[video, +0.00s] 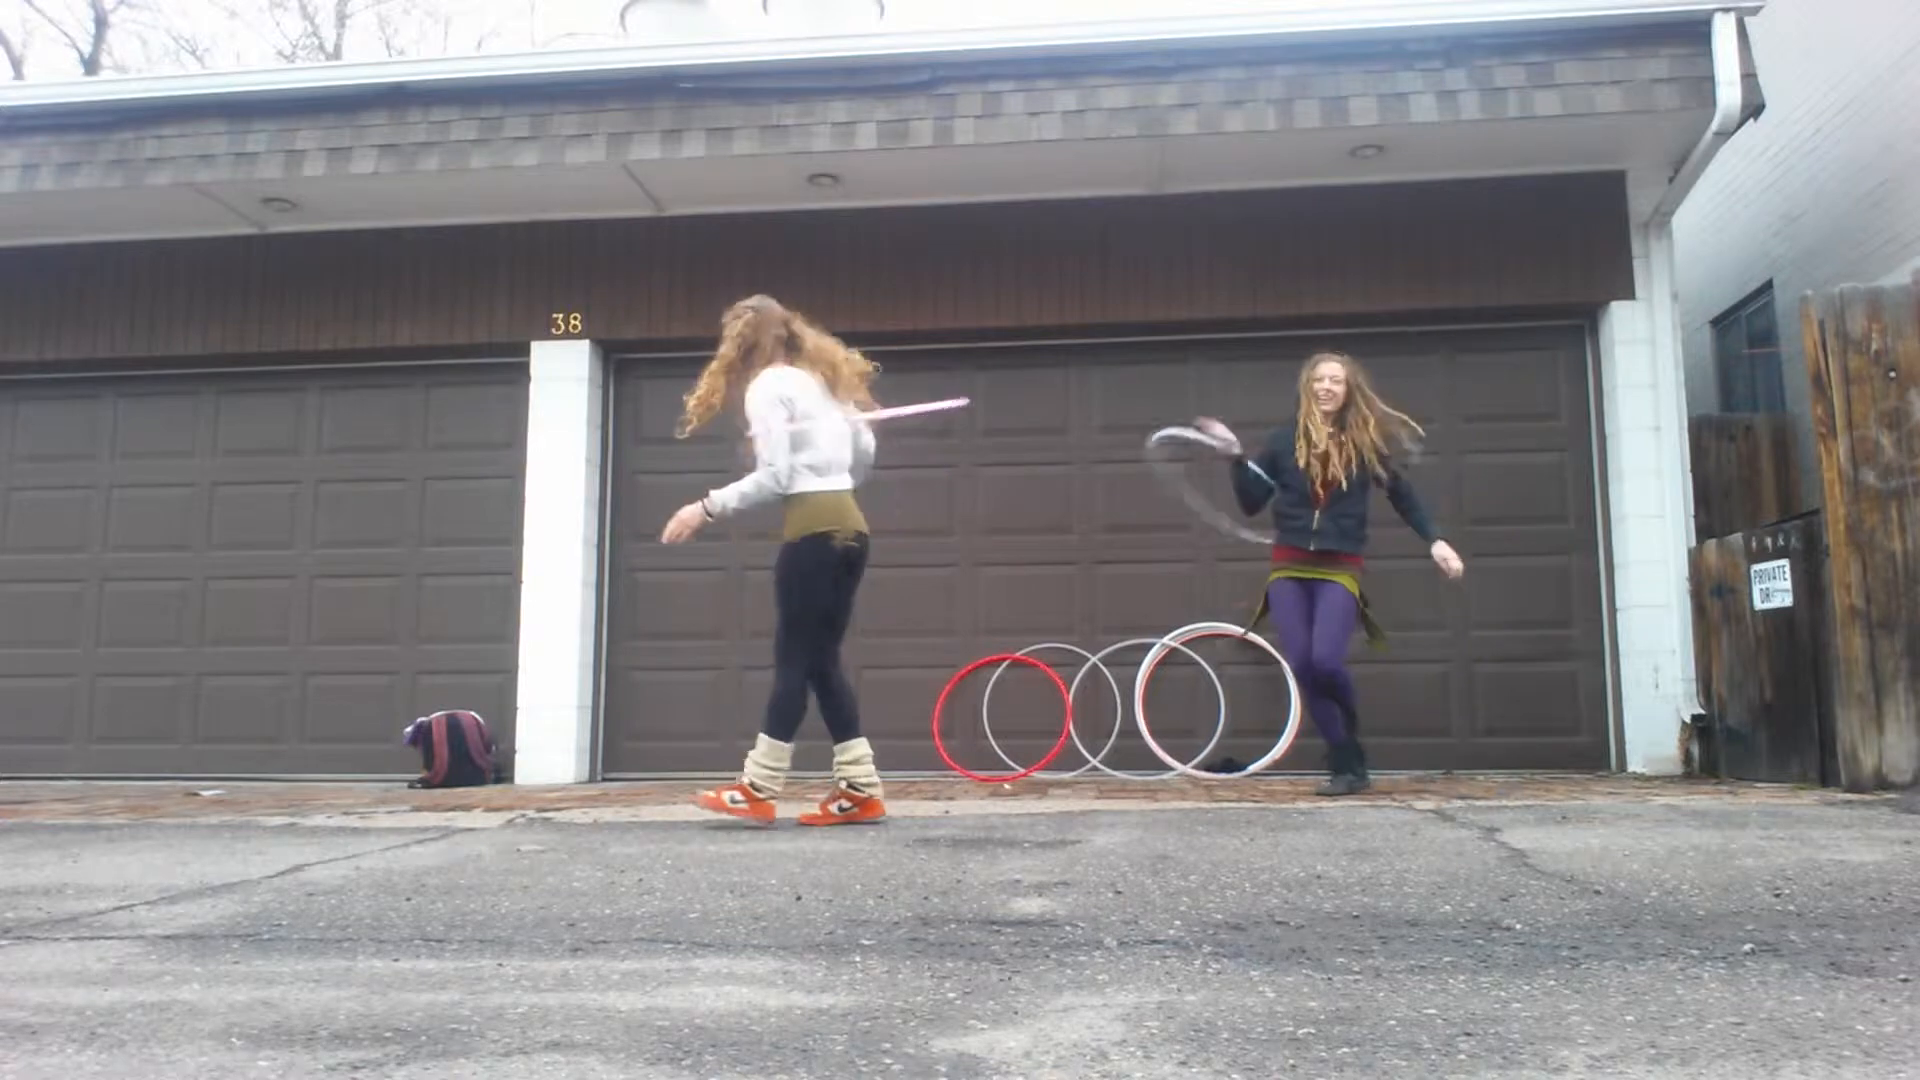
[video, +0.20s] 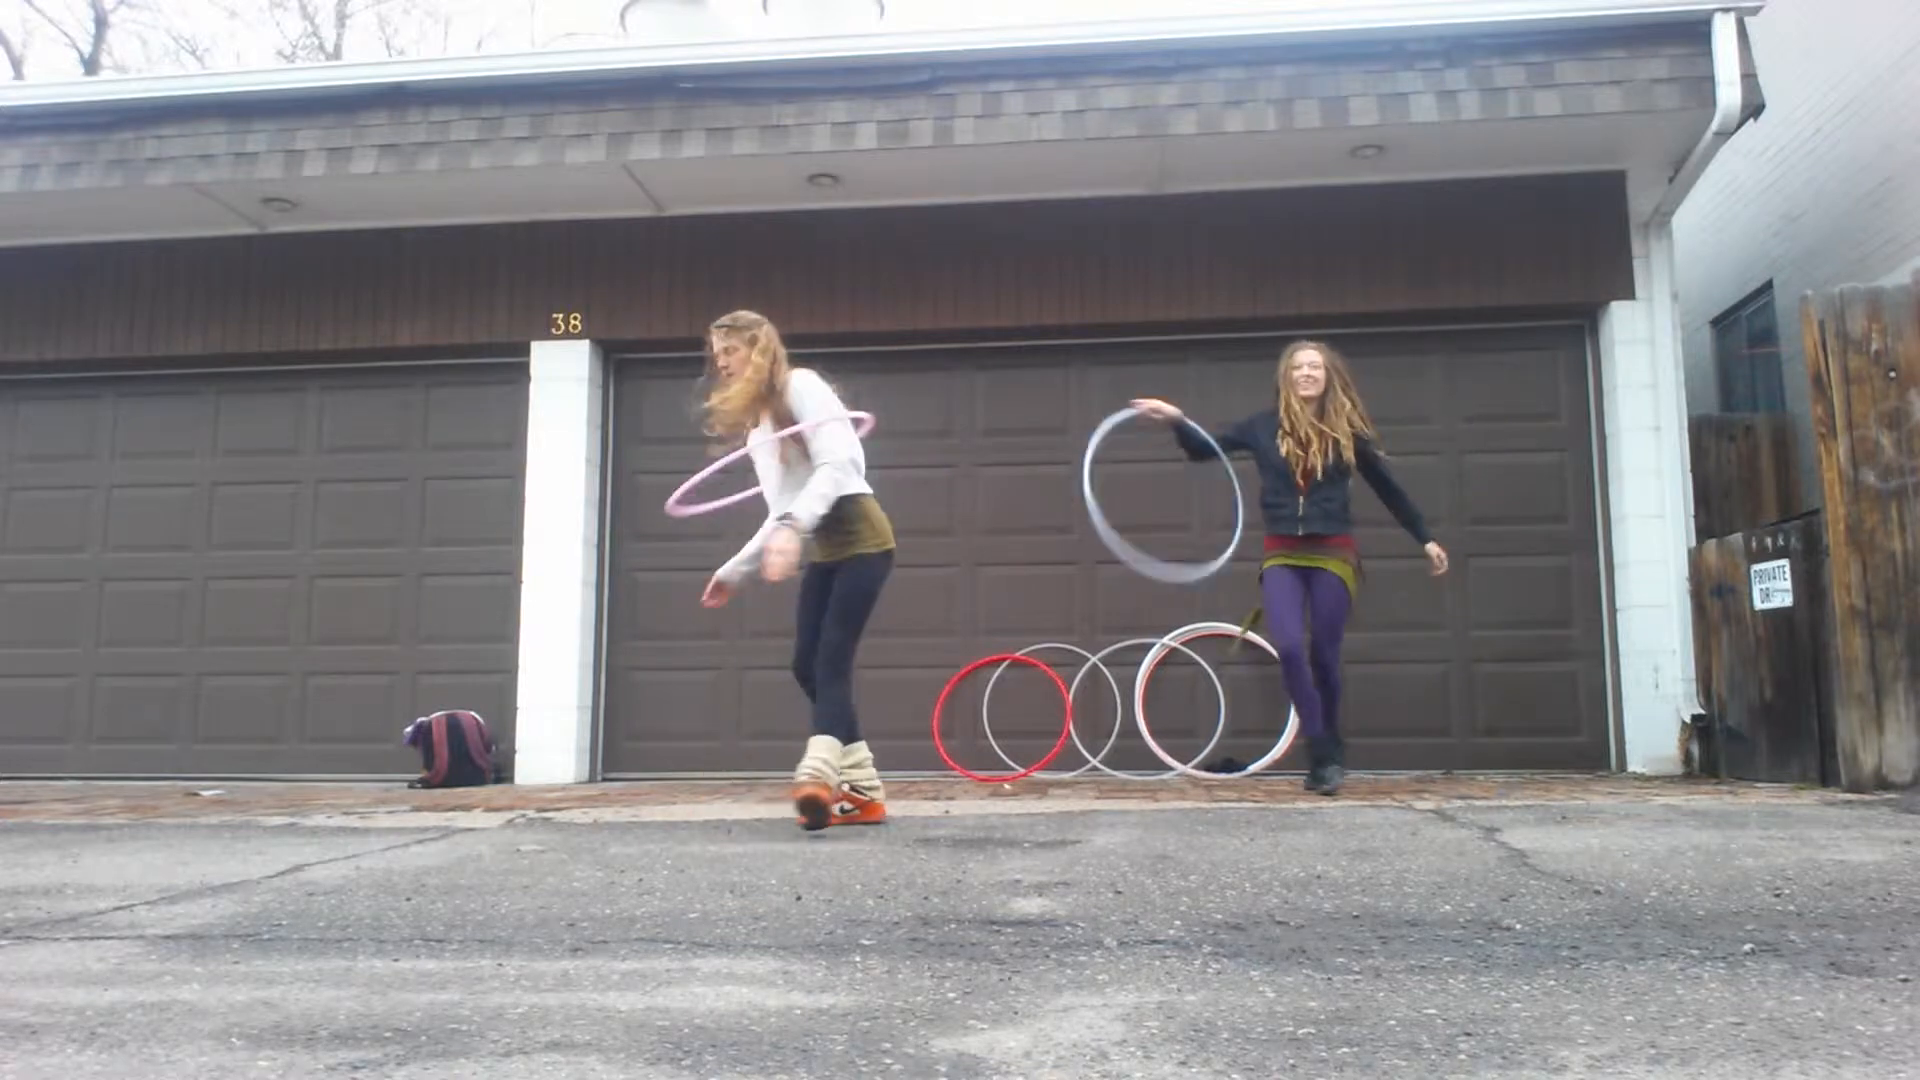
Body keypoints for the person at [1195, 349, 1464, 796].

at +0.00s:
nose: (1326, 388)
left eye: (1335, 381)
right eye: (1319, 381)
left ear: (1349, 389)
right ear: (1307, 387)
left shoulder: (1365, 443)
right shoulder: (1285, 440)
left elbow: (1402, 494)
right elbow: (1252, 503)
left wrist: (1434, 540)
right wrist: (1234, 457)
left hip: (1340, 566)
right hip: (1288, 563)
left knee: (1325, 662)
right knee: (1301, 665)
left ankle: (1350, 747)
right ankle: (1343, 766)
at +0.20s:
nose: (1307, 373)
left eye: (1316, 367)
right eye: (1299, 367)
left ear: (1330, 377)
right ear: (1285, 376)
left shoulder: (1344, 429)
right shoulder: (1264, 425)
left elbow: (1385, 484)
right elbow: (1204, 449)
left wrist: (1425, 539)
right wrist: (1176, 418)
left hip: (1333, 551)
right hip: (1281, 551)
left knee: (1325, 656)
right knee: (1288, 649)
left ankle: (1328, 756)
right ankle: (1320, 757)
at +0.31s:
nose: (1298, 375)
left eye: (1306, 368)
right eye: (1290, 369)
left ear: (1321, 378)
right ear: (1276, 379)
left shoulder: (1338, 434)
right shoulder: (1259, 432)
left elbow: (1366, 496)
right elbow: (1196, 434)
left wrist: (1394, 549)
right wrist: (1134, 426)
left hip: (1329, 551)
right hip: (1278, 551)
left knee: (1316, 651)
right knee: (1281, 645)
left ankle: (1322, 756)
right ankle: (1292, 754)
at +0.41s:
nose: (1289, 377)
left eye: (1297, 371)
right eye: (1282, 371)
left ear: (1313, 381)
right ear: (1270, 380)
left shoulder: (1327, 434)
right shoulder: (1253, 427)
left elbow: (1347, 502)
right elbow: (1193, 450)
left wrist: (1364, 560)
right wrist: (1130, 467)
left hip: (1323, 553)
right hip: (1273, 553)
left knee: (1314, 651)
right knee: (1271, 651)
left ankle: (1320, 761)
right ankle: (1257, 760)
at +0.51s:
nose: (1284, 385)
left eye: (1292, 377)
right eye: (1276, 378)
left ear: (1308, 383)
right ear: (1265, 385)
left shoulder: (1323, 433)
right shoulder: (1252, 428)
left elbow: (1335, 505)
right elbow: (1201, 463)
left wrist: (1350, 565)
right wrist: (1148, 494)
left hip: (1316, 551)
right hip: (1265, 552)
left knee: (1323, 644)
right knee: (1261, 657)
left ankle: (1314, 752)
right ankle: (1253, 760)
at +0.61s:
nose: (1281, 395)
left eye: (1289, 387)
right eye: (1274, 387)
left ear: (1302, 393)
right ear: (1262, 391)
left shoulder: (1315, 439)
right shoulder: (1246, 433)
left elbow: (1328, 509)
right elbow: (1196, 462)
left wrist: (1345, 563)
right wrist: (1138, 479)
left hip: (1314, 554)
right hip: (1264, 557)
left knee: (1331, 625)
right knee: (1262, 661)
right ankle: (1253, 757)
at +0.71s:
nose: (1278, 401)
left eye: (1286, 394)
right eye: (1270, 393)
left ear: (1299, 400)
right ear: (1258, 397)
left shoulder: (1310, 443)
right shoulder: (1242, 440)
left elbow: (1327, 506)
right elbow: (1185, 470)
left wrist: (1350, 558)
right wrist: (1122, 488)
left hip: (1323, 558)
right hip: (1271, 563)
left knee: (1342, 616)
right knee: (1264, 663)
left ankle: (1297, 616)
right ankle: (1254, 760)